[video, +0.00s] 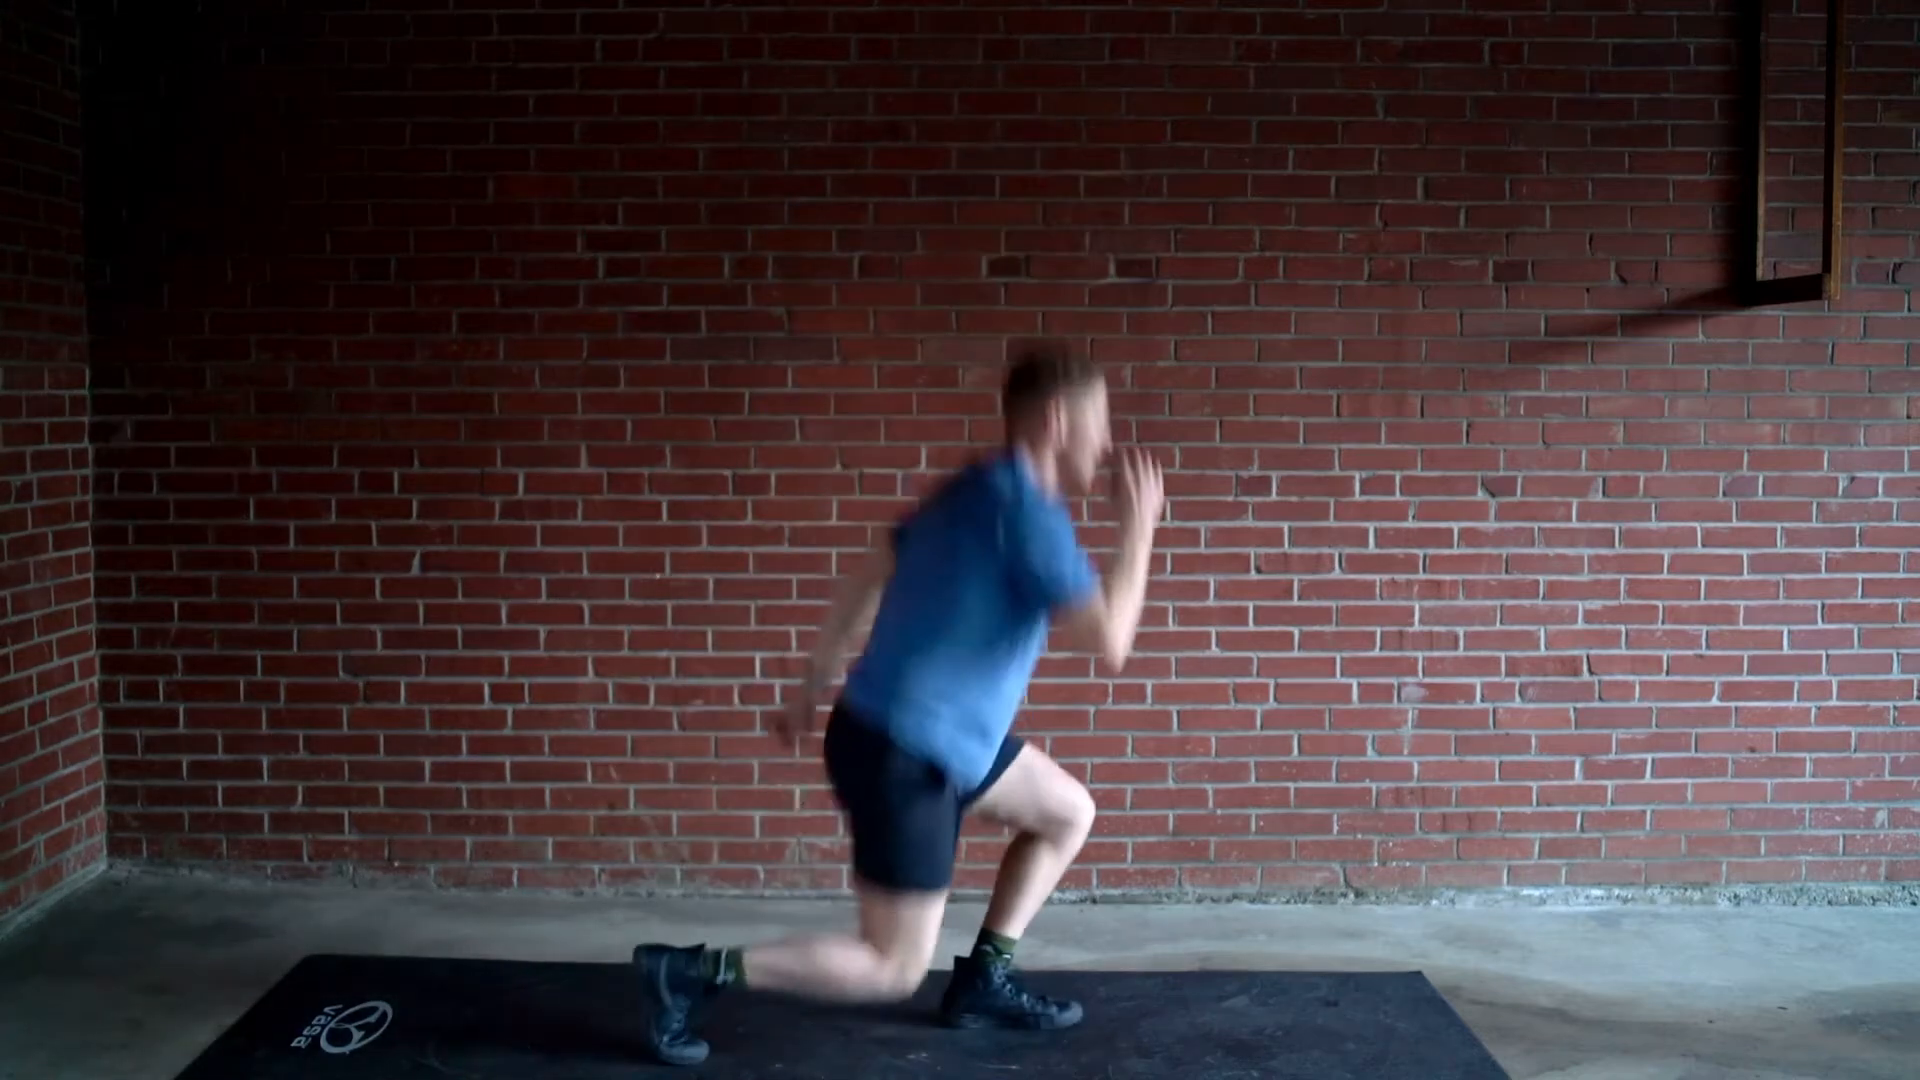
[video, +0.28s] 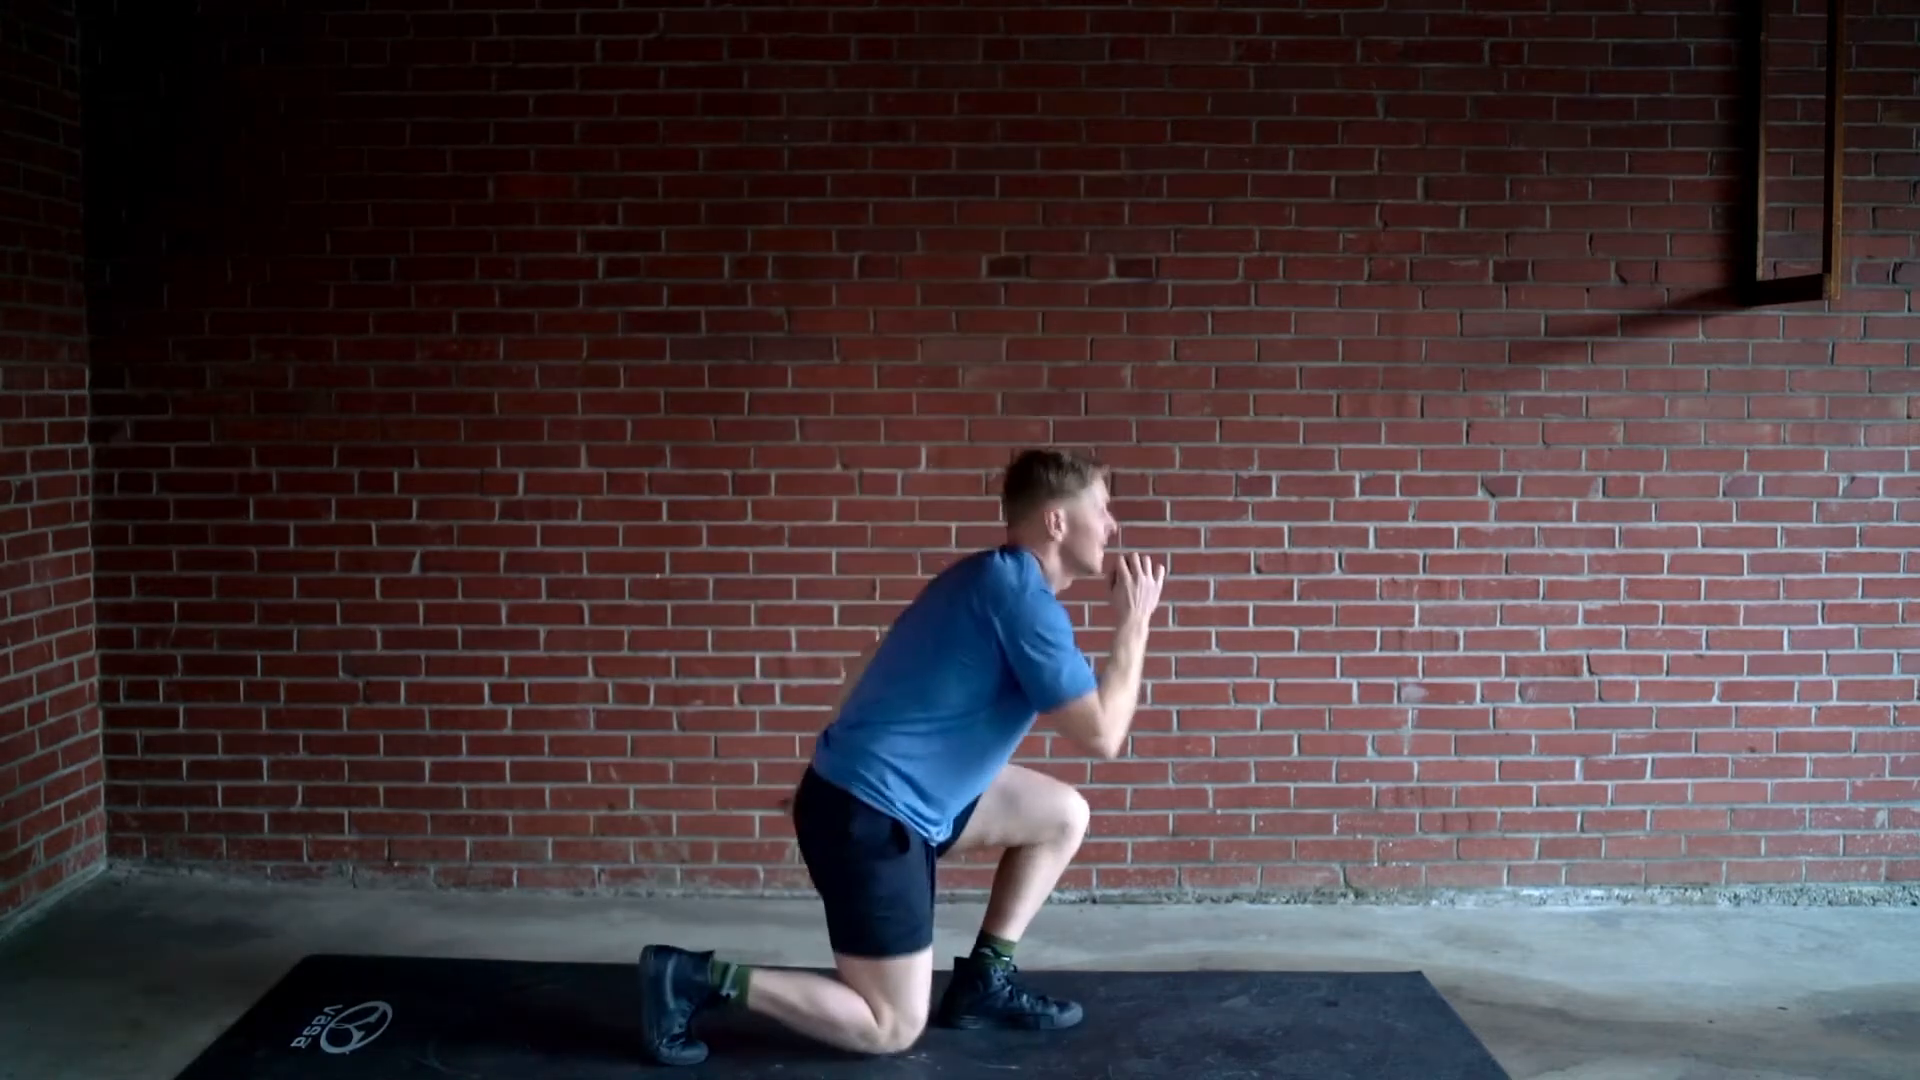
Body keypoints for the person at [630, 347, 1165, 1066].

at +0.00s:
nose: (1108, 436)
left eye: (1106, 417)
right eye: (1097, 417)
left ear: (1037, 418)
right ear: (1055, 418)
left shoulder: (975, 489)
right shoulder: (1024, 510)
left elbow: (876, 567)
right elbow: (1112, 642)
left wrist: (819, 677)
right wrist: (1142, 525)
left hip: (936, 732)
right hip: (901, 743)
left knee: (1068, 813)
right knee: (892, 968)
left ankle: (986, 979)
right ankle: (693, 973)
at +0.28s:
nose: (1113, 527)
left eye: (1110, 510)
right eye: (1103, 510)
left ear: (1048, 522)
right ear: (1058, 521)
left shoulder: (998, 580)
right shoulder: (1016, 592)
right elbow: (1103, 730)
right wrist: (1137, 619)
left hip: (916, 790)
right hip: (867, 804)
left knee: (1061, 816)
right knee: (890, 1024)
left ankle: (986, 980)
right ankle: (699, 978)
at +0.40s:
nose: (1096, 465)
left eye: (1092, 449)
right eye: (1083, 449)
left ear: (1033, 462)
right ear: (1038, 462)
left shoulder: (1009, 538)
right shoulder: (1002, 537)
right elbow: (1068, 680)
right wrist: (1118, 581)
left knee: (1060, 812)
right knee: (880, 986)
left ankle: (983, 981)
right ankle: (678, 974)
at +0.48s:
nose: (1079, 397)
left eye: (1074, 379)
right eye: (1066, 379)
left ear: (1016, 391)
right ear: (1021, 389)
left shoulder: (1000, 472)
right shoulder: (988, 461)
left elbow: (1008, 607)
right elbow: (1006, 594)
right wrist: (1098, 542)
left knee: (1054, 808)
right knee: (863, 935)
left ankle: (985, 980)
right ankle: (657, 974)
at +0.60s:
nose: (1051, 251)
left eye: (1050, 232)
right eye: (1038, 232)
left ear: (1005, 241)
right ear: (992, 237)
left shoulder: (1002, 336)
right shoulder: (968, 319)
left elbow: (999, 435)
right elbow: (941, 434)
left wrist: (1090, 418)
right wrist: (1044, 518)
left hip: (956, 611)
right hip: (901, 599)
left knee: (1001, 771)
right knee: (828, 780)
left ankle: (984, 966)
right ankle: (690, 951)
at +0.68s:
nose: (1040, 171)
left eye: (1041, 154)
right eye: (1024, 154)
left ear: (1018, 162)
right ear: (977, 161)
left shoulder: (1005, 258)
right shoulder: (953, 240)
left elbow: (1032, 363)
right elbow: (919, 369)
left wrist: (1108, 294)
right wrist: (943, 503)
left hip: (958, 506)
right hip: (911, 504)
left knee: (939, 714)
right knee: (840, 709)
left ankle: (945, 901)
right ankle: (734, 882)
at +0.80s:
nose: (1046, 113)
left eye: (1043, 96)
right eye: (1033, 96)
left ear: (993, 104)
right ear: (985, 101)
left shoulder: (1001, 210)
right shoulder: (948, 183)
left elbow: (1069, 298)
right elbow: (868, 305)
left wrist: (1096, 204)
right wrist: (789, 418)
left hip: (951, 451)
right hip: (916, 445)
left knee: (930, 654)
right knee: (898, 657)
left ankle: (809, 830)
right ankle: (808, 850)